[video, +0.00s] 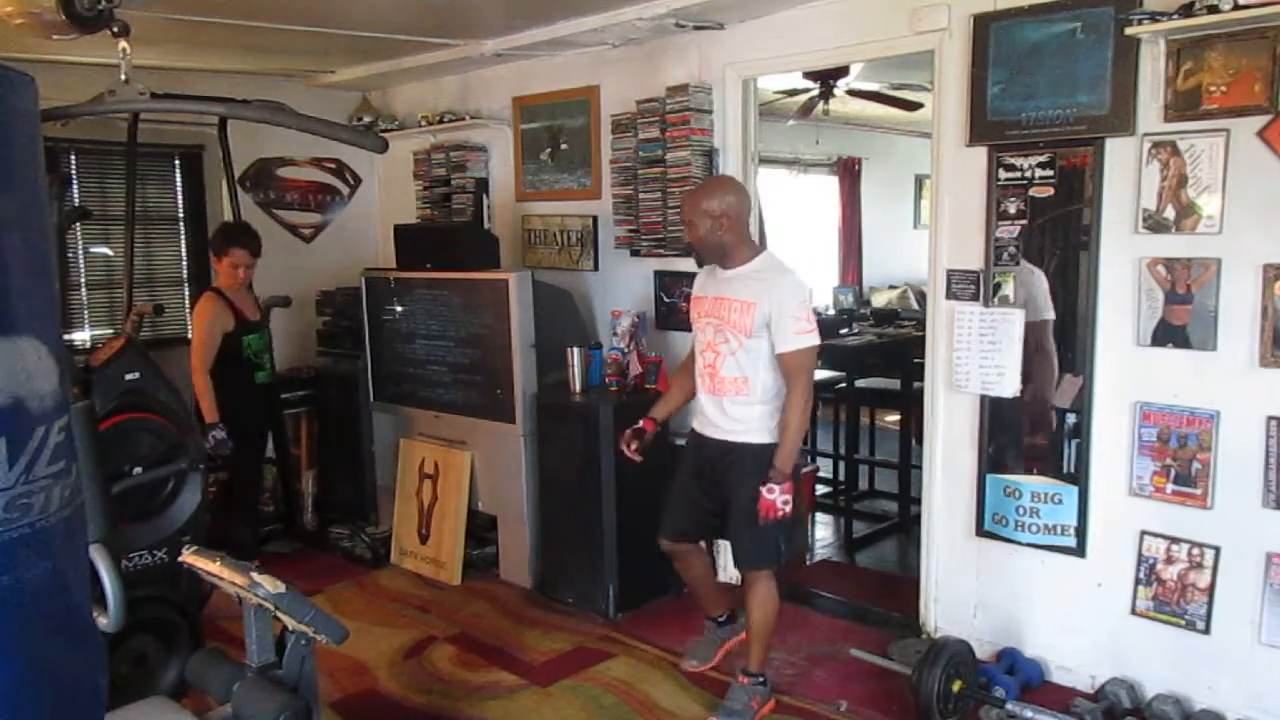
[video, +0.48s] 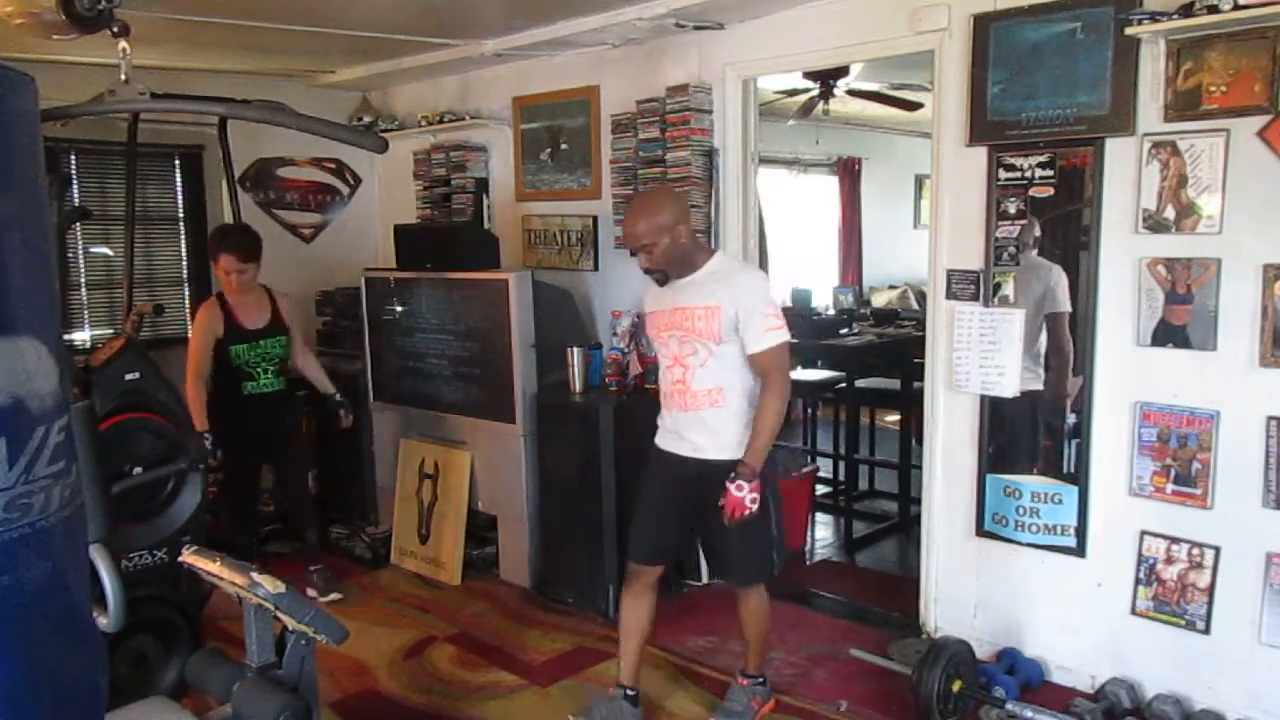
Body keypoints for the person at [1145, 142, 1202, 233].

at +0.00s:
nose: (1157, 158)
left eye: (1159, 153)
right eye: (1155, 156)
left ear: (1168, 150)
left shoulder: (1175, 161)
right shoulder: (1164, 166)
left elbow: (1170, 187)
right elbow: (1161, 188)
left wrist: (1160, 213)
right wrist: (1157, 212)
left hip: (1190, 211)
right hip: (1180, 212)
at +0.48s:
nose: (1157, 158)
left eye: (1159, 153)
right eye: (1155, 156)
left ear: (1168, 150)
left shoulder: (1175, 161)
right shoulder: (1164, 166)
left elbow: (1170, 187)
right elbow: (1161, 188)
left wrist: (1160, 213)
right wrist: (1157, 212)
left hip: (1190, 210)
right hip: (1180, 212)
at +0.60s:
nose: (1157, 158)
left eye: (1159, 153)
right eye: (1155, 156)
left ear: (1168, 150)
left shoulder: (1174, 161)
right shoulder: (1164, 165)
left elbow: (1171, 187)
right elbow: (1161, 187)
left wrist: (1160, 212)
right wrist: (1157, 211)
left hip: (1190, 210)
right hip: (1180, 211)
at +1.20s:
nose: (1157, 158)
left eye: (1159, 154)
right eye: (1155, 156)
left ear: (1168, 150)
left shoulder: (1175, 161)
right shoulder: (1164, 166)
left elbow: (1170, 187)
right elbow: (1161, 188)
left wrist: (1160, 212)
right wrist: (1157, 211)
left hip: (1190, 210)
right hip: (1180, 211)